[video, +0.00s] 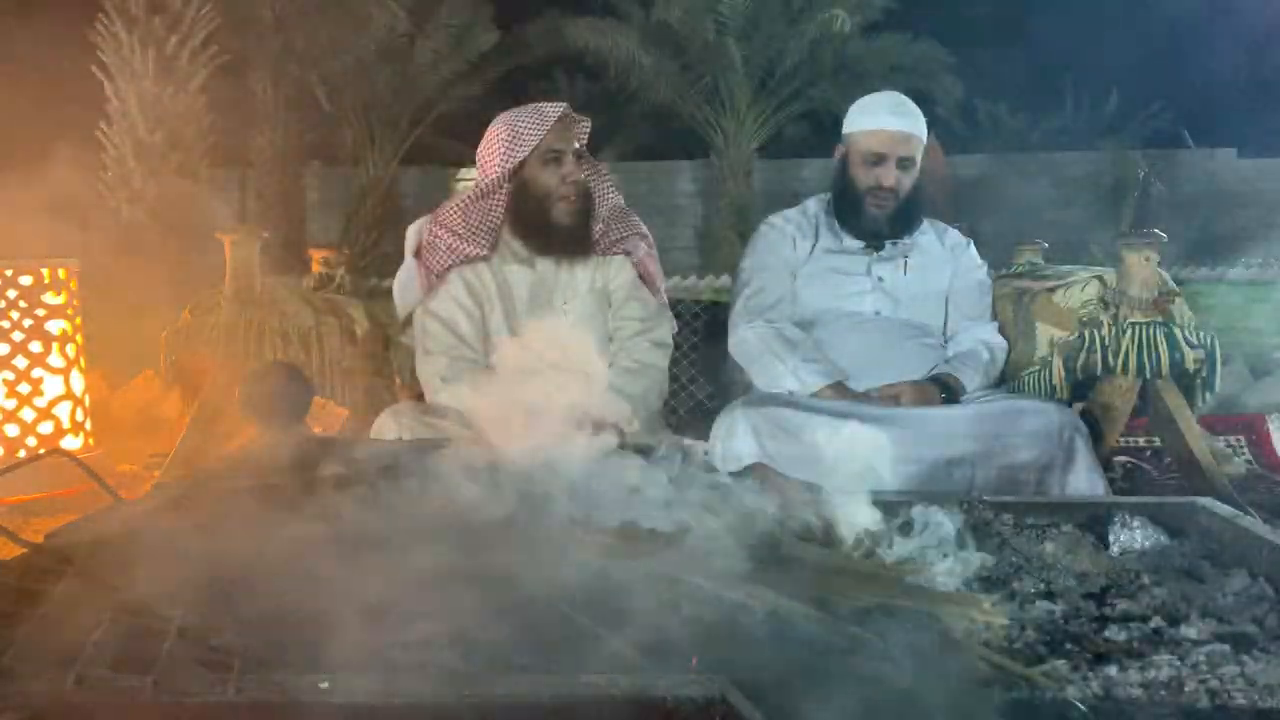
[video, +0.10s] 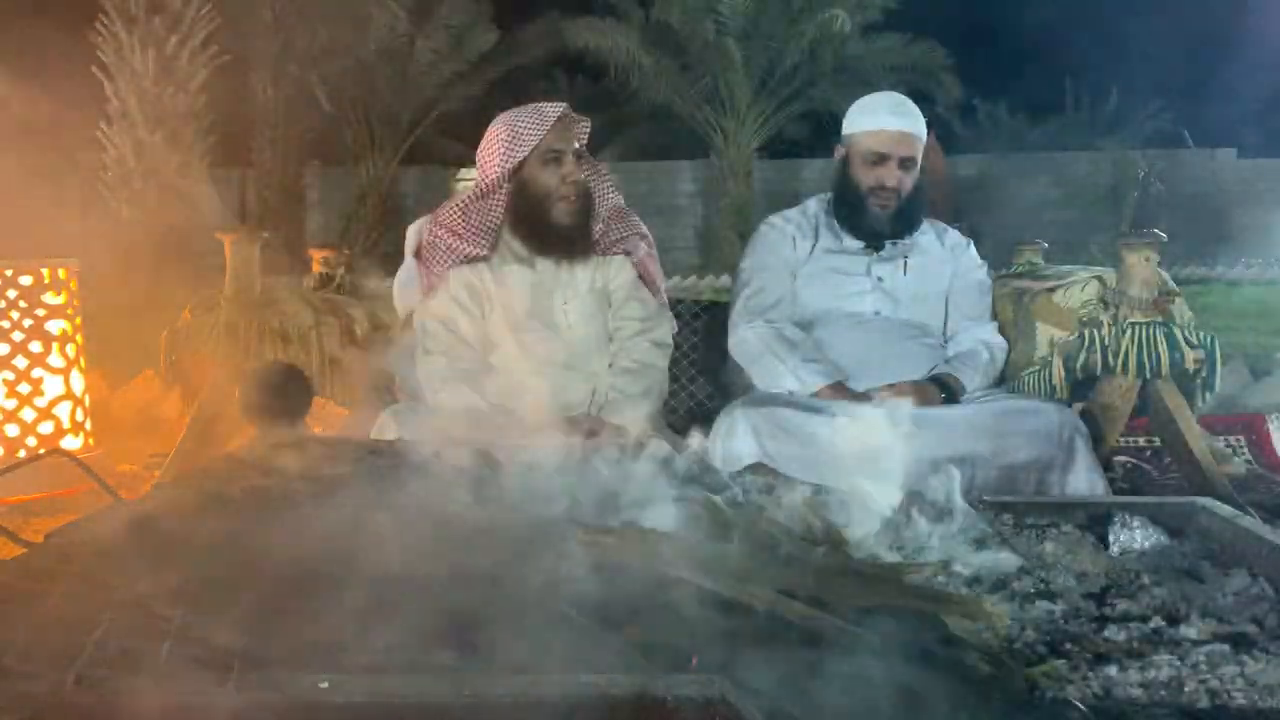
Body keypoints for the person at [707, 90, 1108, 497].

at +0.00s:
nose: (887, 180)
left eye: (903, 165)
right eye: (873, 161)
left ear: (920, 170)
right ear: (843, 156)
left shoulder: (953, 249)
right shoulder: (787, 234)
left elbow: (981, 341)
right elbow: (754, 329)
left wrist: (939, 388)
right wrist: (832, 394)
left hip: (938, 416)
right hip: (826, 413)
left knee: (1056, 426)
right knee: (743, 426)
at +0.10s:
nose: (890, 179)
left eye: (905, 166)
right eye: (877, 161)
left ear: (920, 170)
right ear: (844, 157)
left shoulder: (953, 250)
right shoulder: (785, 236)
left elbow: (981, 341)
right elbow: (754, 332)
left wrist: (937, 390)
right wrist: (831, 396)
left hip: (932, 417)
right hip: (823, 412)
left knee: (1056, 425)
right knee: (742, 425)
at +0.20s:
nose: (889, 180)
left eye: (904, 165)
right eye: (875, 161)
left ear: (919, 171)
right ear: (843, 158)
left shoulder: (953, 249)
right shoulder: (786, 235)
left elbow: (980, 342)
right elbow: (754, 332)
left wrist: (939, 387)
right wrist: (823, 390)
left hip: (934, 415)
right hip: (826, 414)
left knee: (1058, 429)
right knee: (741, 426)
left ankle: (1084, 575)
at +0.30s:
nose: (889, 180)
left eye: (904, 165)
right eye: (875, 162)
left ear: (919, 170)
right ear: (843, 158)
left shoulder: (953, 250)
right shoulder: (786, 235)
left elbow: (981, 344)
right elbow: (754, 332)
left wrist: (926, 393)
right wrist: (834, 395)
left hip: (933, 412)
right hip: (829, 413)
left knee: (1057, 428)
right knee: (747, 425)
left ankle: (1089, 570)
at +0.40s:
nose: (889, 180)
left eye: (905, 165)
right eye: (875, 161)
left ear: (920, 171)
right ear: (843, 157)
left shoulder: (950, 248)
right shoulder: (787, 235)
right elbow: (755, 332)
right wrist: (835, 395)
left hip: (935, 416)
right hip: (828, 415)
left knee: (1058, 427)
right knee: (745, 427)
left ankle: (1089, 567)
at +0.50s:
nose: (889, 181)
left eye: (904, 166)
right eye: (874, 162)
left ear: (919, 170)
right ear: (842, 155)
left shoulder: (953, 250)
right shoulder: (786, 236)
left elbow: (980, 354)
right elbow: (755, 337)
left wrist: (928, 399)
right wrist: (845, 401)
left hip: (931, 422)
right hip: (821, 422)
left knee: (1057, 427)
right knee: (742, 426)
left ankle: (1081, 575)